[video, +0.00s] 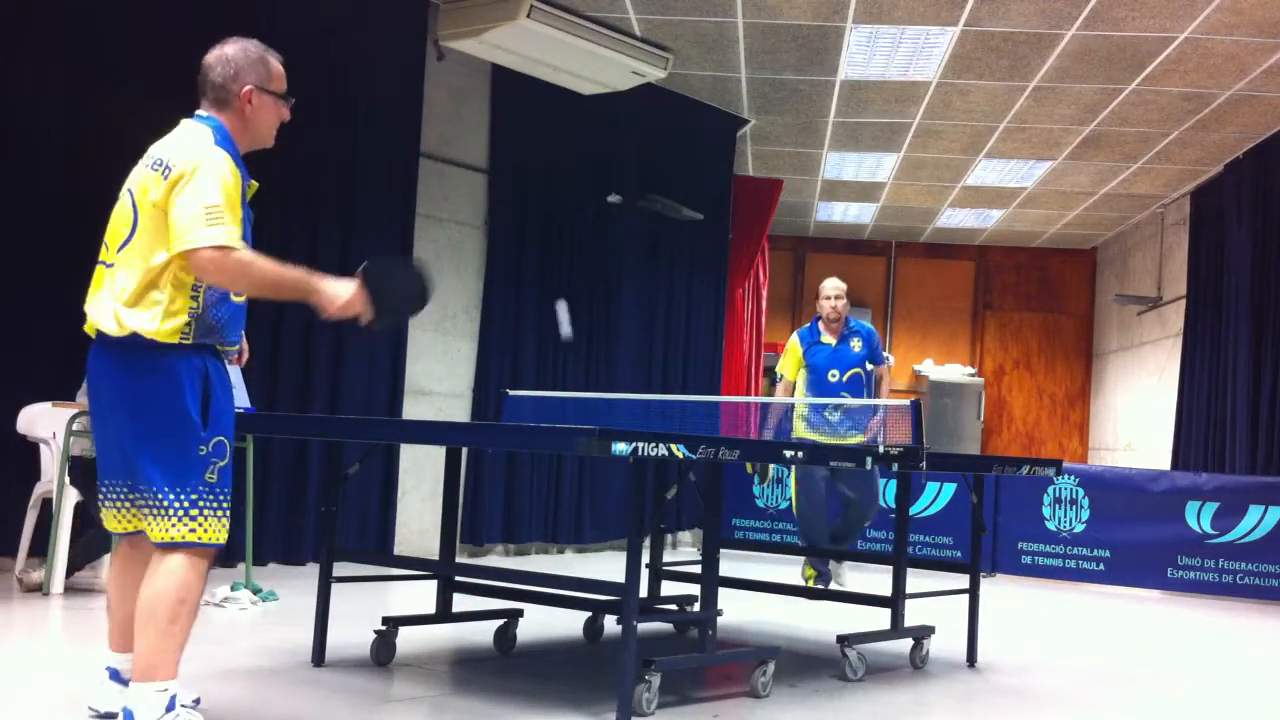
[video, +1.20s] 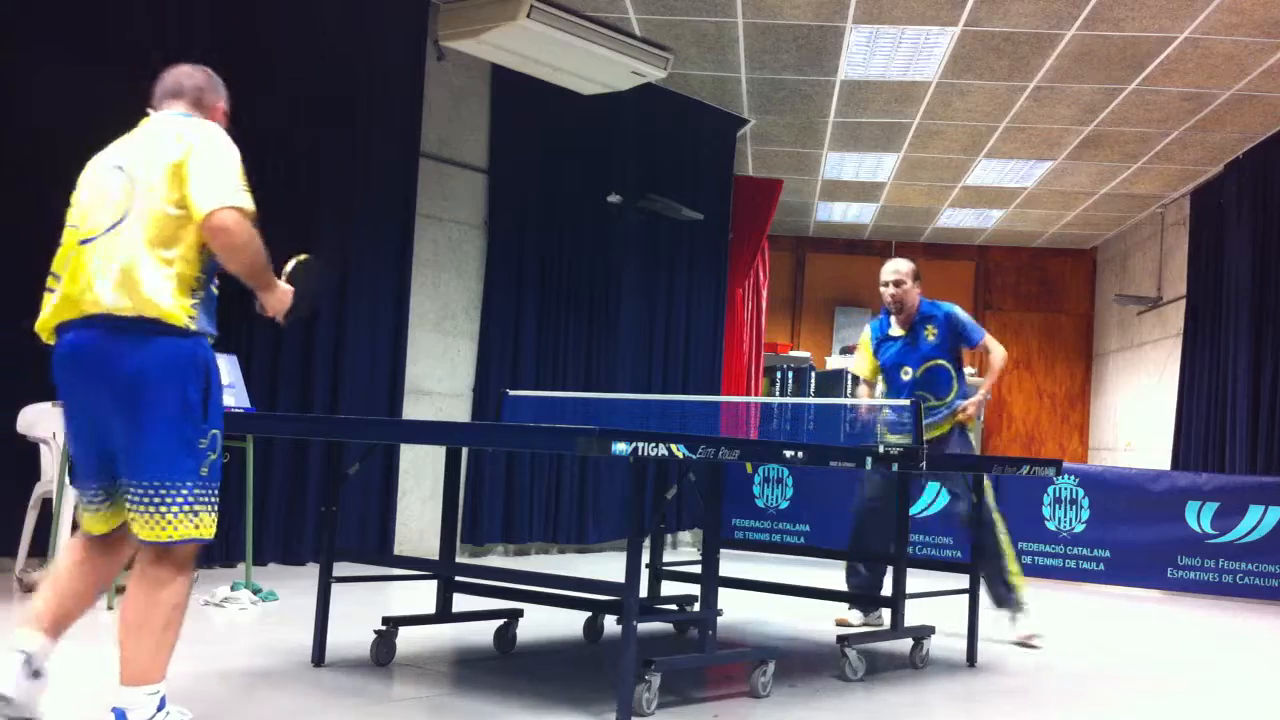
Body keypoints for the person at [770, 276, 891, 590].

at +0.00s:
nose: (834, 304)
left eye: (839, 298)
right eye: (827, 298)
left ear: (847, 302)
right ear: (817, 303)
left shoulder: (866, 334)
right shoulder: (801, 339)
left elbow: (883, 374)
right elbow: (784, 389)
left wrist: (880, 414)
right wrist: (768, 436)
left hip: (854, 439)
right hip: (810, 437)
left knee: (866, 501)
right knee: (812, 504)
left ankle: (834, 551)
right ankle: (818, 570)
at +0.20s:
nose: (839, 295)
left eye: (845, 289)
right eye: (834, 289)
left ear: (856, 293)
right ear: (824, 295)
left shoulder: (875, 328)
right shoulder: (808, 330)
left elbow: (890, 367)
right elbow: (793, 372)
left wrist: (886, 406)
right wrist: (797, 407)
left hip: (862, 435)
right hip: (818, 435)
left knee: (865, 505)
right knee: (815, 504)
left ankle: (871, 578)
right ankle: (816, 572)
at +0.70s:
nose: (868, 286)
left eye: (875, 279)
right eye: (863, 280)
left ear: (891, 284)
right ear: (857, 285)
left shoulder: (915, 321)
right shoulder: (844, 325)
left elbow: (944, 365)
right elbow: (824, 372)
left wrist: (934, 407)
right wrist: (824, 406)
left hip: (900, 438)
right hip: (853, 436)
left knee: (889, 515)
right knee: (853, 507)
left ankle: (875, 596)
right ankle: (844, 594)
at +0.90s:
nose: (870, 291)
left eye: (878, 284)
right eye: (865, 285)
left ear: (895, 289)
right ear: (859, 291)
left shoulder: (923, 323)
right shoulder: (849, 332)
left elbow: (957, 368)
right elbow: (833, 380)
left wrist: (945, 414)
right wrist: (824, 409)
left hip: (912, 444)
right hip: (863, 444)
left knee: (917, 524)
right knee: (860, 524)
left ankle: (889, 595)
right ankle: (866, 607)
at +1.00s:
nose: (873, 291)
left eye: (881, 283)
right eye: (867, 284)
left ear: (899, 287)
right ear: (862, 289)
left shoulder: (928, 320)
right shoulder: (854, 333)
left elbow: (967, 364)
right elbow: (838, 383)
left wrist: (954, 409)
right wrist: (833, 409)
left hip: (925, 441)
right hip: (872, 443)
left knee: (948, 503)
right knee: (862, 520)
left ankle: (922, 572)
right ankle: (865, 606)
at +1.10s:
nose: (879, 289)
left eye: (887, 281)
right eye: (874, 282)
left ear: (906, 284)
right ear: (869, 287)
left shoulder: (936, 315)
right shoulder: (862, 329)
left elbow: (982, 351)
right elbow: (850, 379)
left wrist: (967, 395)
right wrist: (848, 403)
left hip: (936, 432)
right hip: (886, 438)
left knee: (961, 504)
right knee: (864, 514)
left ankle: (966, 592)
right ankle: (865, 606)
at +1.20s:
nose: (890, 292)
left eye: (898, 284)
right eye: (885, 286)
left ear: (917, 288)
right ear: (879, 291)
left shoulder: (947, 316)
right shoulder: (874, 332)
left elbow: (997, 353)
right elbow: (865, 382)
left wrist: (980, 397)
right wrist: (865, 406)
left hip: (947, 433)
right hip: (896, 437)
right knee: (872, 509)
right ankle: (864, 605)